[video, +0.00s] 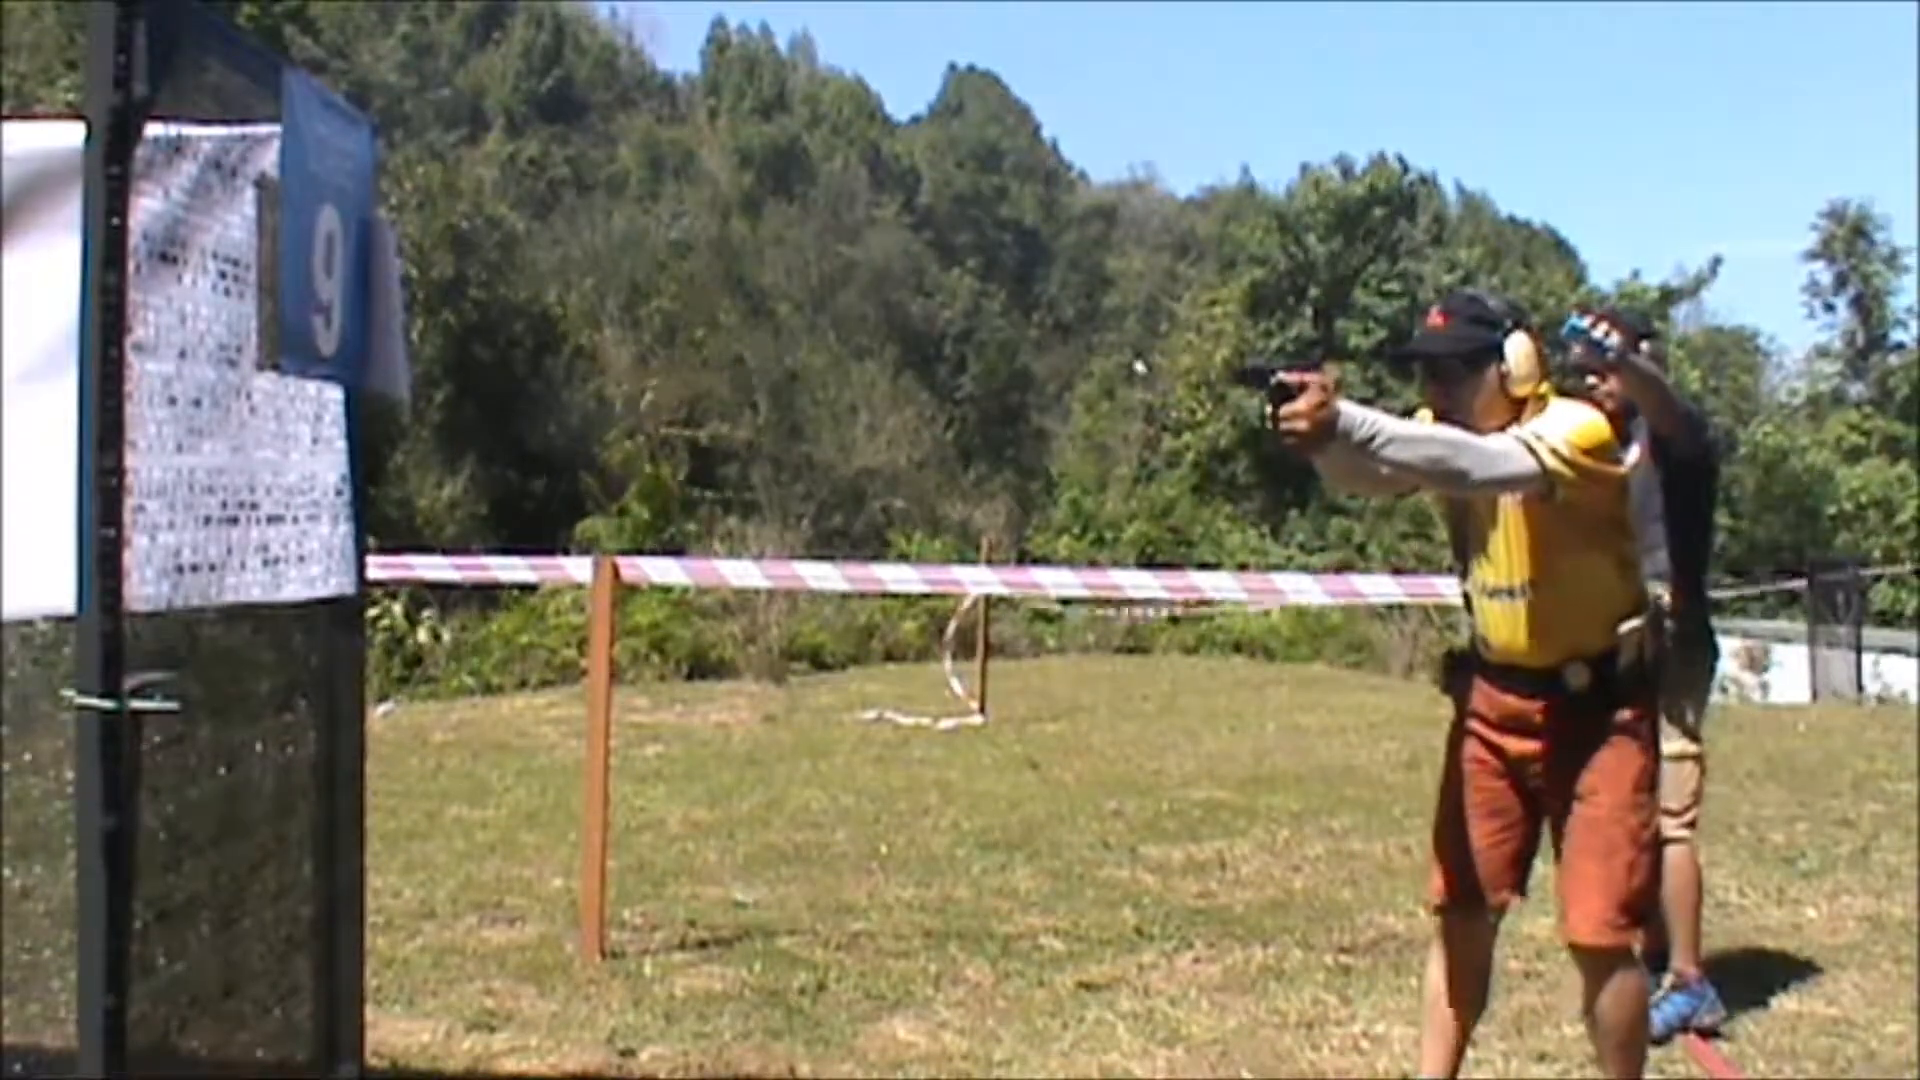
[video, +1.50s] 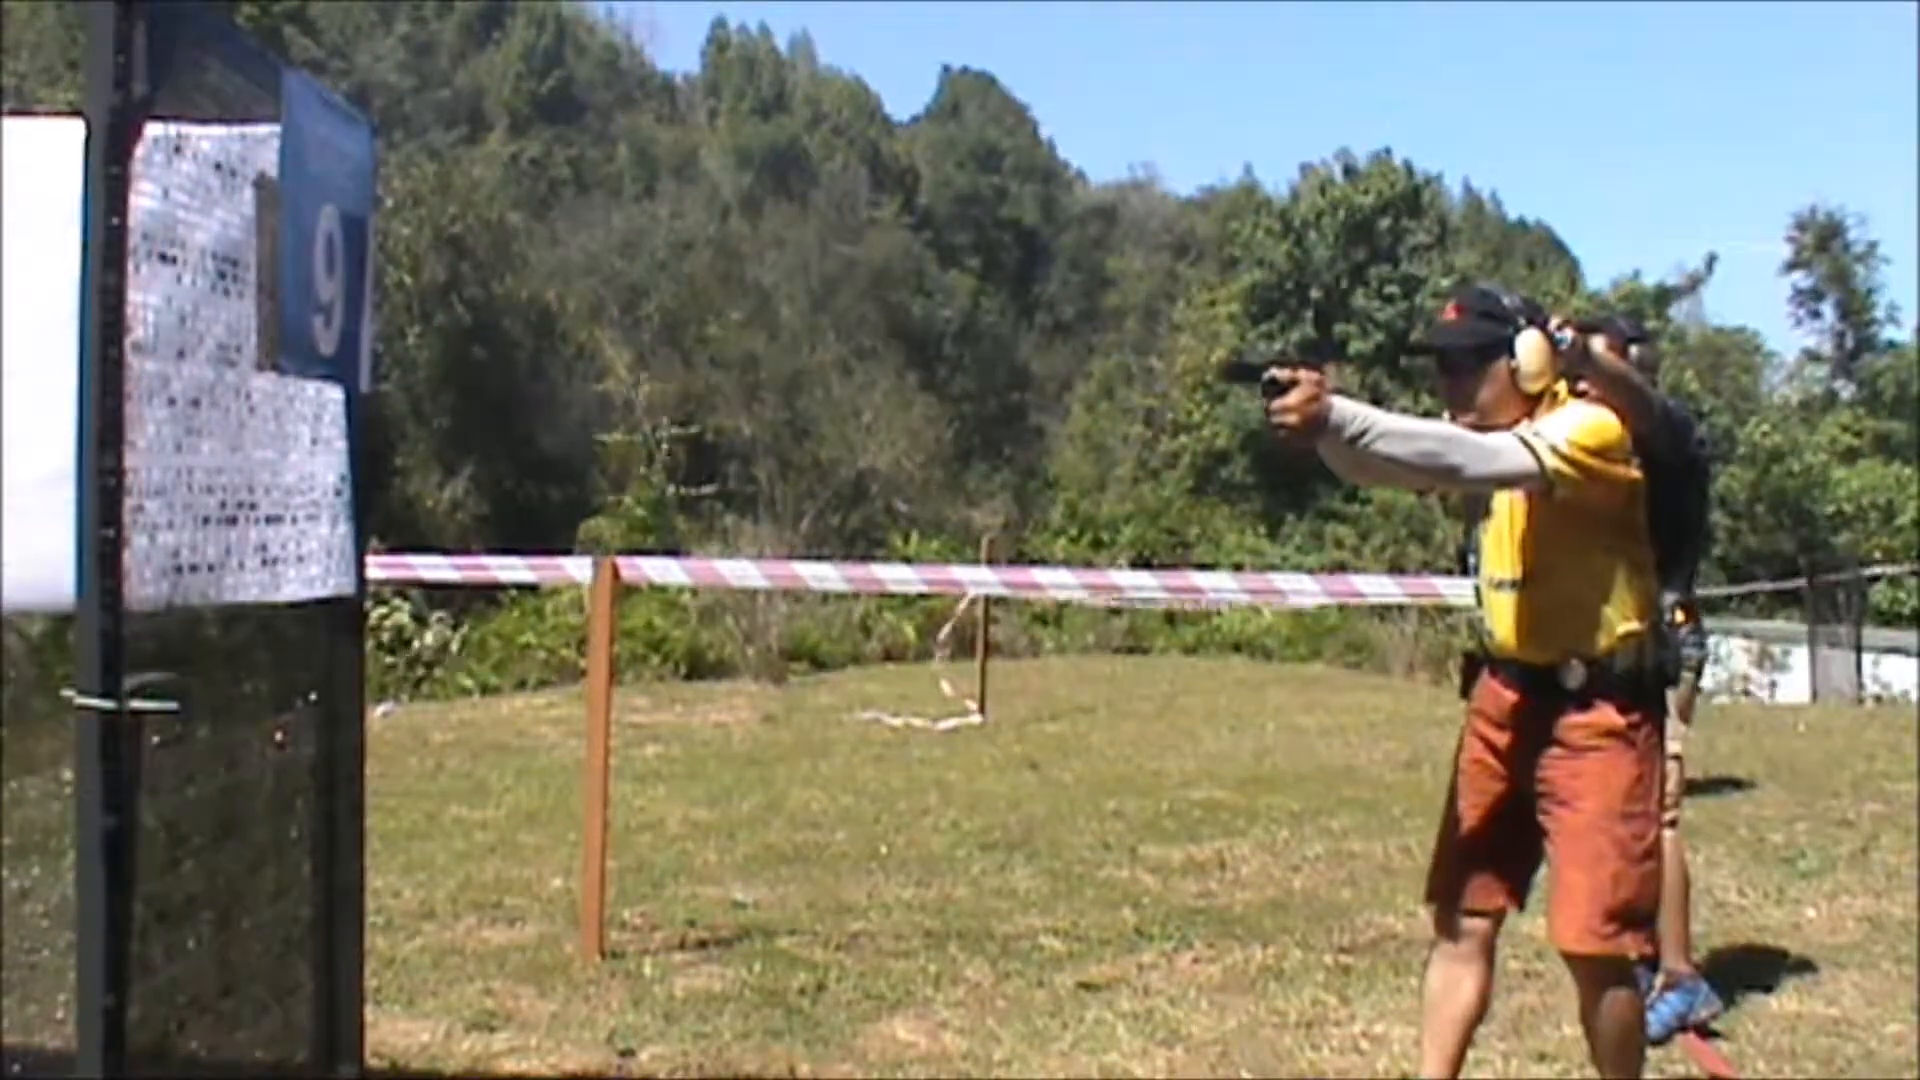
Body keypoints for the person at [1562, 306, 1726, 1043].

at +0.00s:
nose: (1595, 388)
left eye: (1608, 374)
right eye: (1587, 375)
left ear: (1642, 374)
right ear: (1580, 381)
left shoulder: (1682, 444)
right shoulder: (1584, 441)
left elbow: (1671, 419)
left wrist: (1628, 363)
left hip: (1670, 633)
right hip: (1595, 633)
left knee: (1670, 809)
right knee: (1610, 806)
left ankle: (1686, 975)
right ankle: (1632, 966)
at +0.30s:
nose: (1600, 382)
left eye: (1615, 366)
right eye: (1593, 368)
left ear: (1648, 366)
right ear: (1588, 375)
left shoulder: (1681, 442)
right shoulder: (1590, 438)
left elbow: (1666, 413)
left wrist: (1615, 360)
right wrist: (1556, 373)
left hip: (1665, 633)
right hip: (1597, 633)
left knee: (1663, 806)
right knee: (1607, 804)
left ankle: (1682, 975)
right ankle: (1630, 966)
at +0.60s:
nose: (1600, 377)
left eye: (1616, 362)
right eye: (1594, 364)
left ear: (1649, 364)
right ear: (1586, 371)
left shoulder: (1680, 439)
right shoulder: (1585, 432)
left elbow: (1667, 424)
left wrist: (1606, 365)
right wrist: (1546, 368)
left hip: (1661, 633)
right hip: (1593, 636)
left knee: (1660, 808)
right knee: (1608, 803)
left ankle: (1682, 974)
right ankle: (1636, 962)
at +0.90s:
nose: (1604, 370)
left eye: (1617, 358)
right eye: (1596, 359)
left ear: (1644, 362)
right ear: (1589, 366)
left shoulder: (1675, 438)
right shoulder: (1579, 432)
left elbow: (1660, 427)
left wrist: (1593, 364)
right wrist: (1554, 363)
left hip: (1660, 633)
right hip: (1598, 640)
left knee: (1656, 809)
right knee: (1611, 807)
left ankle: (1679, 972)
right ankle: (1628, 968)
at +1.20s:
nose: (1604, 370)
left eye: (1617, 358)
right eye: (1597, 360)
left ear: (1643, 362)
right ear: (1588, 368)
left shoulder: (1676, 438)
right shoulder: (1581, 433)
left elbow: (1658, 428)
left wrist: (1589, 364)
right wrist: (1555, 361)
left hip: (1658, 628)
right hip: (1596, 634)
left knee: (1655, 808)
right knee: (1609, 804)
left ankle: (1679, 971)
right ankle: (1635, 965)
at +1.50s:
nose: (1601, 374)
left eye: (1616, 360)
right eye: (1596, 361)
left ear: (1639, 365)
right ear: (1586, 371)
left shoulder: (1671, 438)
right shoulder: (1578, 434)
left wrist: (1586, 356)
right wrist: (1556, 362)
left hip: (1661, 621)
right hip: (1599, 628)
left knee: (1658, 806)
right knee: (1615, 803)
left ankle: (1678, 971)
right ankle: (1642, 966)